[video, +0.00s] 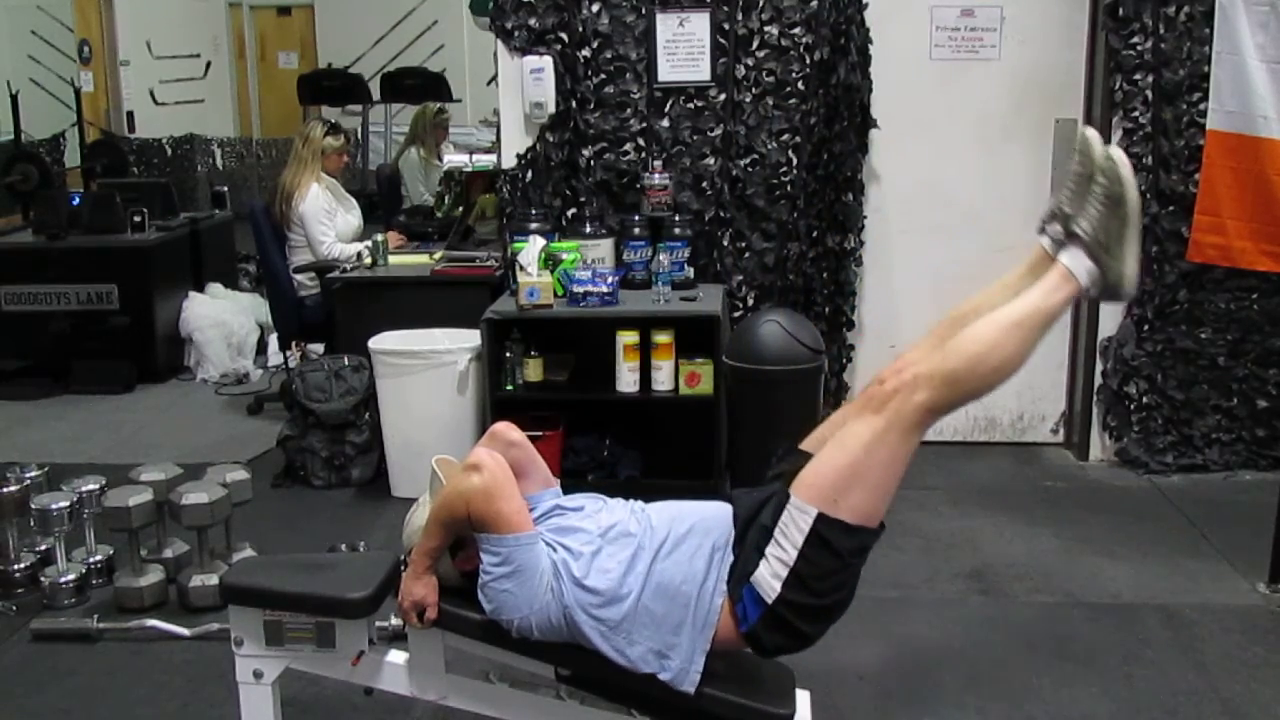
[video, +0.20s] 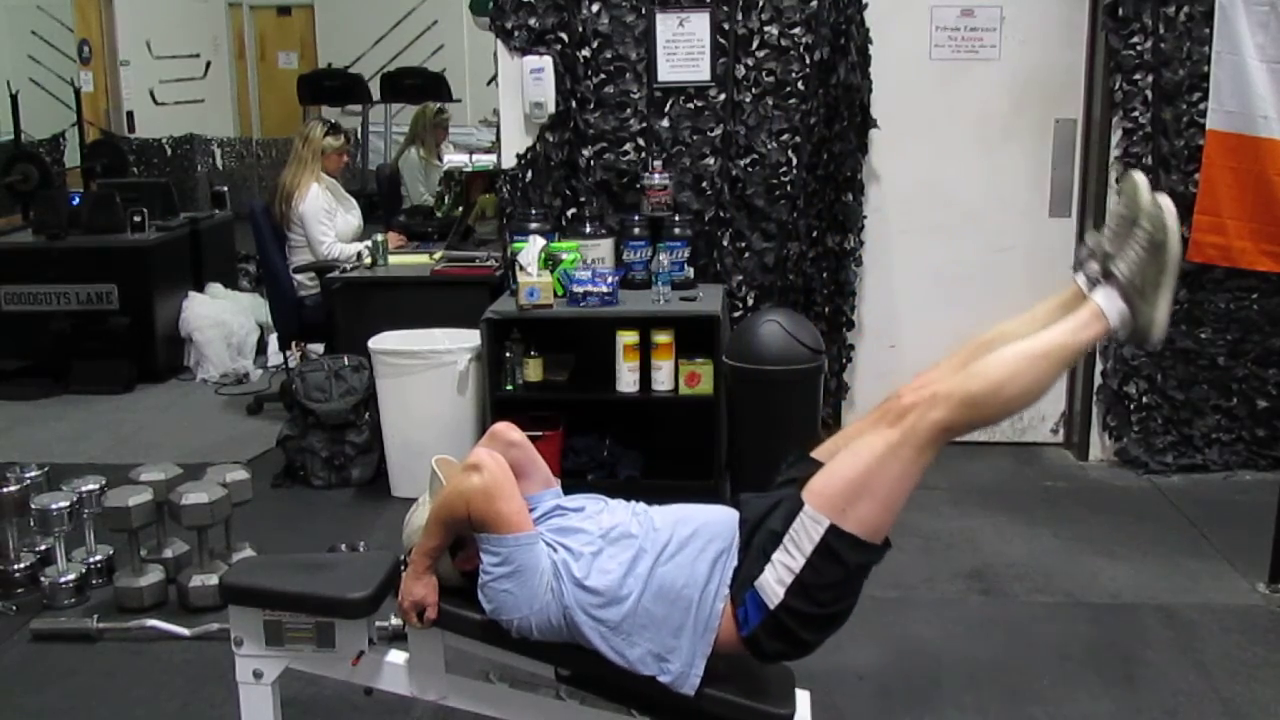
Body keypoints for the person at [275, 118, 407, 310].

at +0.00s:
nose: (346, 160)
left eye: (346, 154)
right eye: (340, 154)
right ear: (320, 155)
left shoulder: (323, 185)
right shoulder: (312, 192)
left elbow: (335, 244)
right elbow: (327, 252)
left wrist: (377, 243)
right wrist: (378, 245)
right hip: (318, 291)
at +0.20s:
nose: (346, 159)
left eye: (346, 153)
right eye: (340, 154)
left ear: (322, 155)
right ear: (320, 154)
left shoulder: (324, 185)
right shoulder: (312, 192)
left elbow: (334, 245)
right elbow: (326, 251)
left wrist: (377, 242)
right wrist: (378, 245)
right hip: (318, 292)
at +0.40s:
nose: (345, 160)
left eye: (346, 153)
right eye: (340, 154)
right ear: (320, 154)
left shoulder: (324, 186)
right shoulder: (312, 192)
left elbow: (334, 244)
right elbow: (326, 251)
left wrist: (377, 243)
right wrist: (378, 245)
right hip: (318, 294)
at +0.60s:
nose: (346, 160)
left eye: (346, 153)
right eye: (340, 154)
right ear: (319, 154)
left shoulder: (324, 186)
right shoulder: (312, 192)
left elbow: (334, 244)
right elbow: (326, 251)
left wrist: (377, 243)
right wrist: (377, 245)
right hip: (318, 294)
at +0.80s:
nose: (346, 159)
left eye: (346, 153)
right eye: (340, 154)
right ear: (319, 154)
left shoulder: (324, 186)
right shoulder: (312, 192)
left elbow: (334, 244)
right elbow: (326, 251)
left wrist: (376, 243)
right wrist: (378, 246)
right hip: (318, 292)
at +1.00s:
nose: (346, 159)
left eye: (346, 153)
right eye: (340, 154)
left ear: (323, 155)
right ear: (320, 154)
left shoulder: (323, 186)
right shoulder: (312, 192)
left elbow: (333, 245)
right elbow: (326, 251)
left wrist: (377, 243)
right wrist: (378, 245)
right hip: (318, 292)